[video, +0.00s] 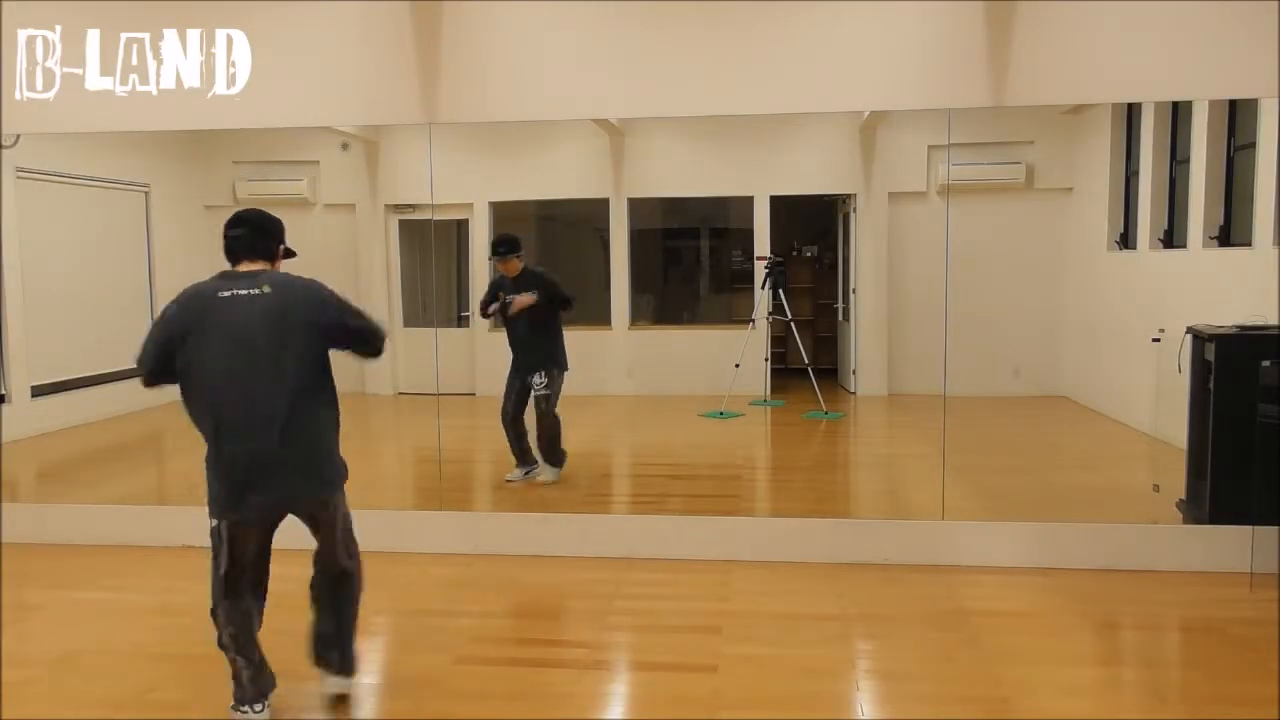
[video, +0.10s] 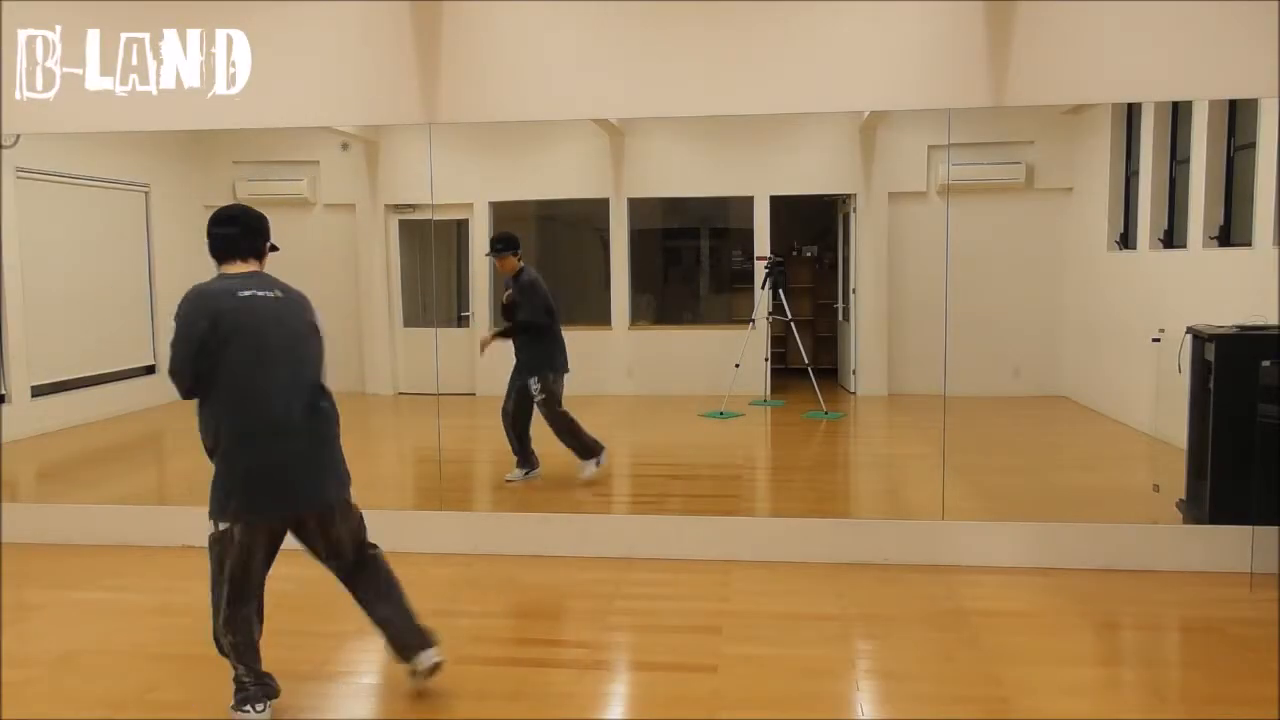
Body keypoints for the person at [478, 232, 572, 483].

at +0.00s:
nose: (498, 266)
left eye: (501, 261)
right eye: (496, 261)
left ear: (515, 258)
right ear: (498, 261)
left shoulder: (540, 279)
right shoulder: (500, 283)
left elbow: (565, 303)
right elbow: (484, 309)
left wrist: (532, 300)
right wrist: (502, 306)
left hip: (549, 359)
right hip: (521, 360)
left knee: (545, 412)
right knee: (510, 415)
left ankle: (553, 462)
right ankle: (526, 463)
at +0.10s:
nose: (497, 264)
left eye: (501, 259)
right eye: (495, 259)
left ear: (515, 256)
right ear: (499, 259)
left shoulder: (529, 282)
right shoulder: (513, 283)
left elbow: (532, 323)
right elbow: (514, 323)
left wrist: (495, 335)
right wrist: (508, 305)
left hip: (546, 360)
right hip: (527, 360)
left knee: (551, 411)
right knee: (512, 413)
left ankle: (593, 452)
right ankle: (527, 463)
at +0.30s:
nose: (500, 262)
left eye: (504, 256)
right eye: (498, 257)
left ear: (518, 255)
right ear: (499, 258)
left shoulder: (529, 283)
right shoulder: (513, 282)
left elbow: (518, 323)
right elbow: (499, 306)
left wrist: (509, 328)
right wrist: (492, 301)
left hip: (546, 360)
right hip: (527, 360)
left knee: (562, 411)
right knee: (512, 414)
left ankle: (601, 457)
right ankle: (527, 464)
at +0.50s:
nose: (507, 252)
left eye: (512, 246)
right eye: (505, 247)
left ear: (525, 246)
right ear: (503, 249)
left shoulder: (541, 273)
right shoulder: (503, 277)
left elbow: (544, 302)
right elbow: (493, 306)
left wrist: (509, 296)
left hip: (546, 350)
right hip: (518, 351)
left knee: (551, 407)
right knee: (514, 409)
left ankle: (556, 455)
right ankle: (524, 463)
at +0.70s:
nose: (530, 243)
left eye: (534, 238)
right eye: (525, 238)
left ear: (541, 239)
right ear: (516, 241)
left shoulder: (553, 268)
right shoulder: (507, 273)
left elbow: (570, 297)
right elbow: (502, 302)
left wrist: (547, 293)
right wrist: (508, 318)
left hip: (549, 347)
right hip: (521, 348)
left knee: (546, 407)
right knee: (524, 405)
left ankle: (533, 457)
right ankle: (508, 453)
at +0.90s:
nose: (540, 244)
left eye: (543, 239)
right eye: (535, 239)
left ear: (547, 241)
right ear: (524, 241)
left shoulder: (543, 269)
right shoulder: (517, 272)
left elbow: (553, 305)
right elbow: (511, 311)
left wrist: (553, 287)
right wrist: (506, 344)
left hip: (547, 348)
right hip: (530, 351)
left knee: (545, 412)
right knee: (539, 413)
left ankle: (528, 459)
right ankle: (508, 455)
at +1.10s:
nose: (541, 244)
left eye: (544, 238)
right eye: (535, 239)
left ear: (548, 241)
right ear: (524, 240)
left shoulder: (545, 271)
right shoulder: (517, 272)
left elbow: (556, 307)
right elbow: (508, 310)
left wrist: (555, 289)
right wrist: (498, 341)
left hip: (545, 351)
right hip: (527, 353)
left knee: (546, 408)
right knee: (541, 409)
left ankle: (529, 458)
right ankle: (512, 452)